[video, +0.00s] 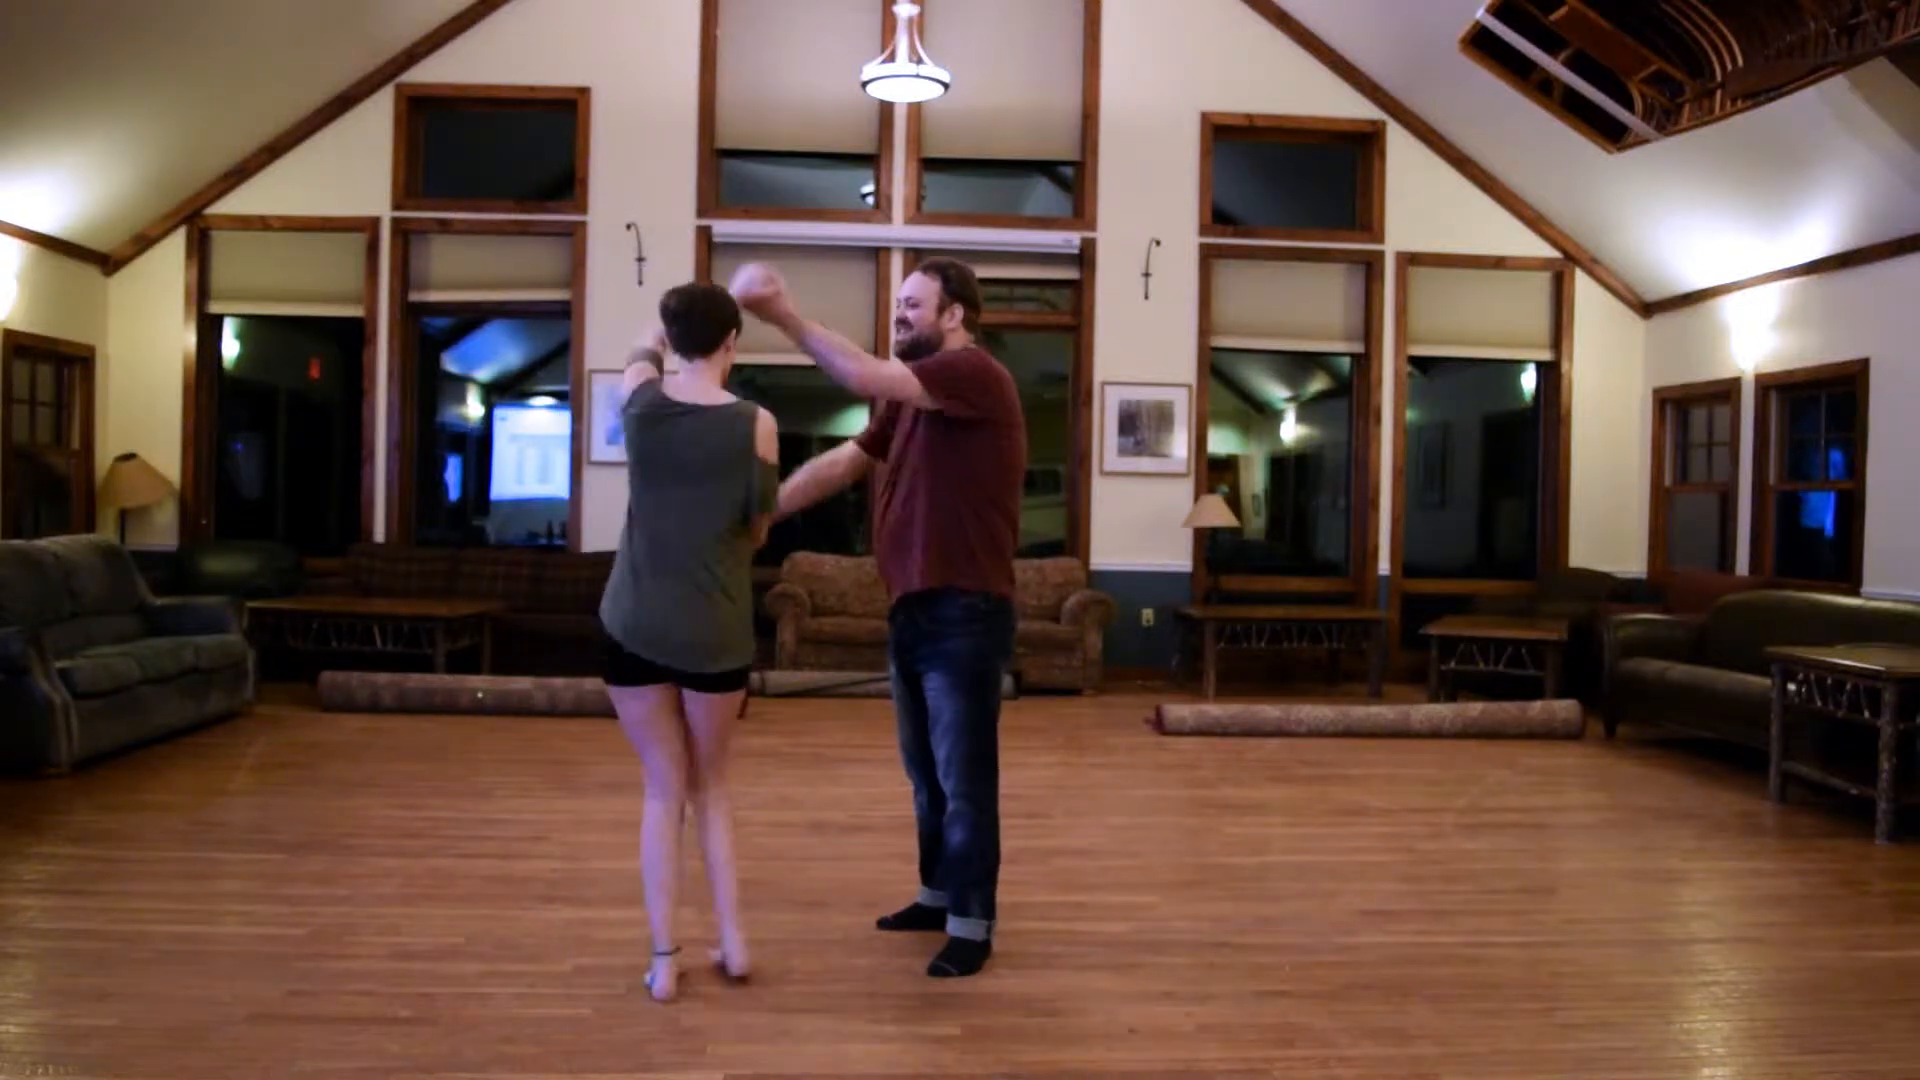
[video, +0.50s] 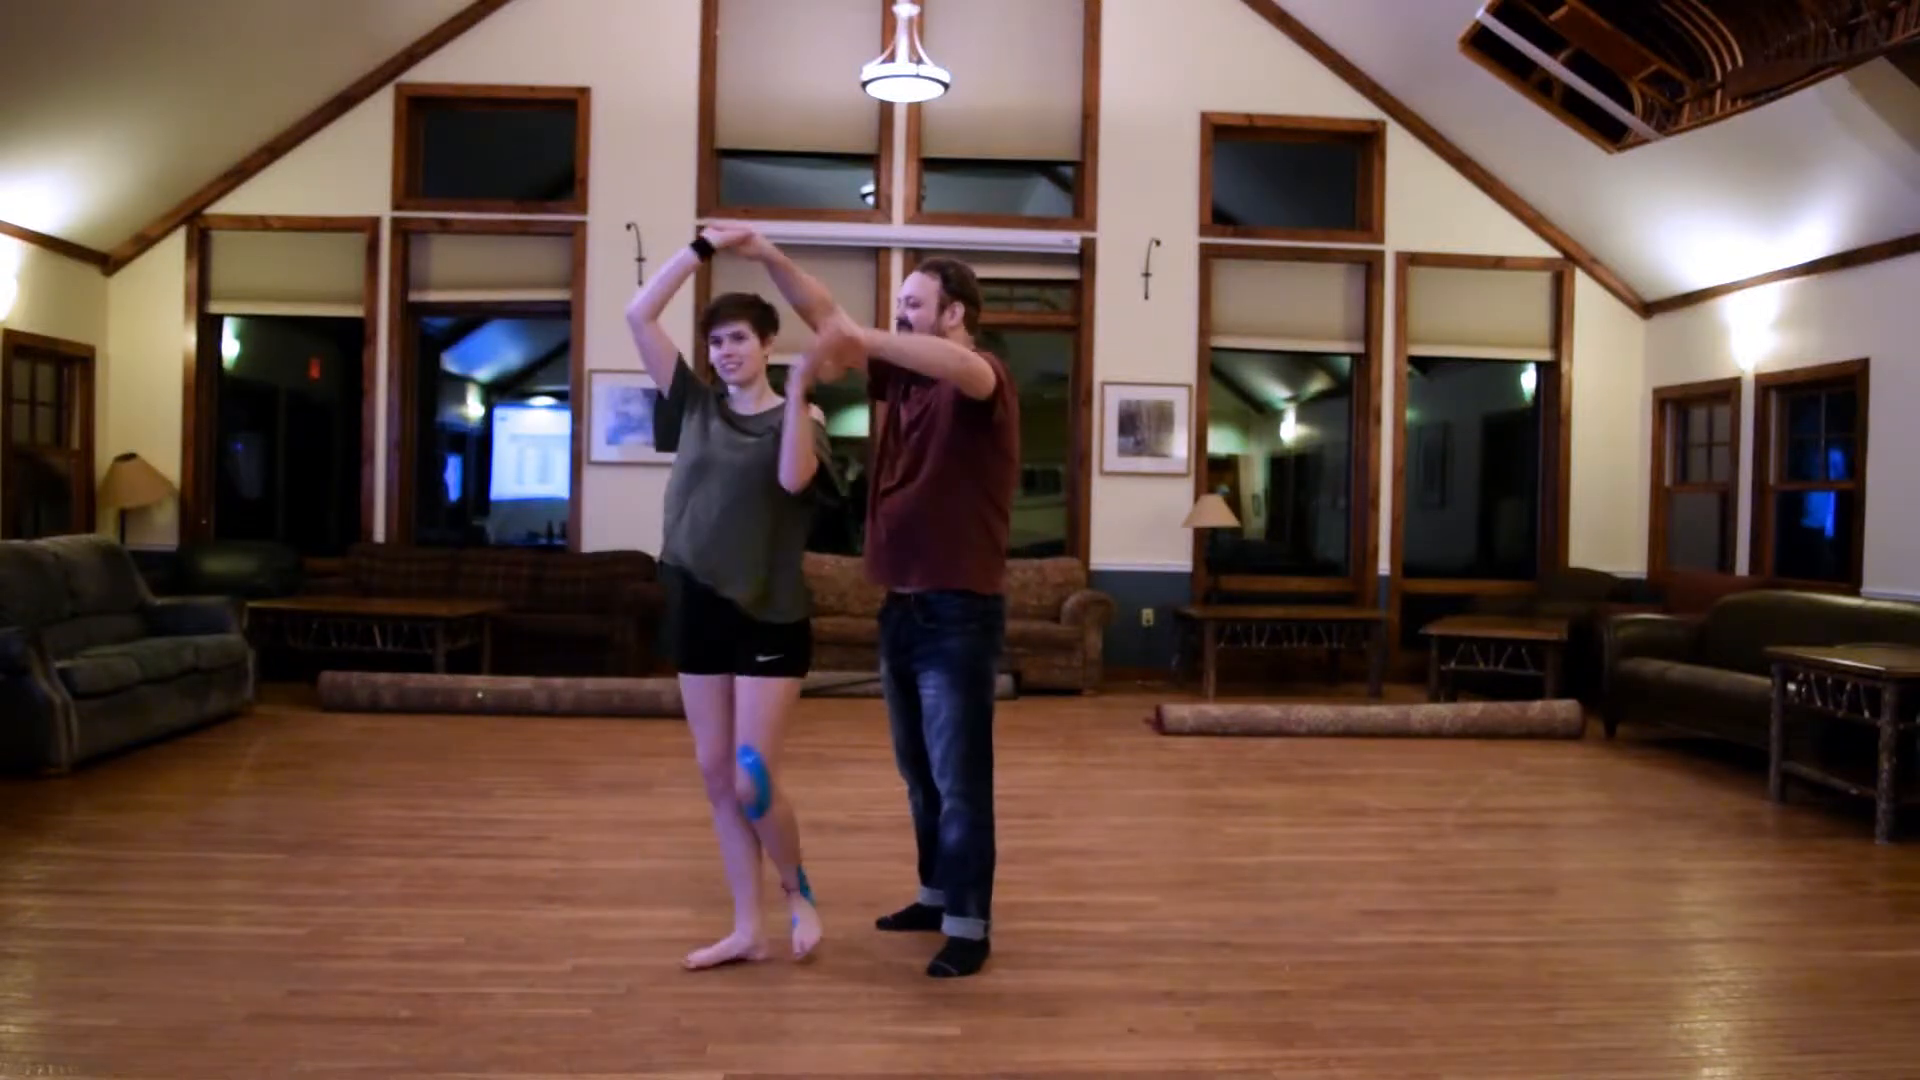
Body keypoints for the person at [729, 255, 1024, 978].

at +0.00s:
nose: (899, 316)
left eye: (913, 306)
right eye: (898, 307)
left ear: (955, 314)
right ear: (905, 315)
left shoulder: (978, 374)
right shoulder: (904, 393)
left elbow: (869, 375)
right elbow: (841, 461)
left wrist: (787, 318)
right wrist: (767, 509)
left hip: (967, 603)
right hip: (914, 603)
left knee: (962, 768)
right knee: (925, 765)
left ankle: (973, 924)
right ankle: (941, 897)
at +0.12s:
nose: (897, 314)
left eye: (913, 302)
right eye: (898, 304)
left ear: (953, 310)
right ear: (915, 312)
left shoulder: (977, 372)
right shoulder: (907, 387)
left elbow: (868, 336)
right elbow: (824, 413)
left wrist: (773, 263)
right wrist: (742, 419)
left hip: (967, 602)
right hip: (913, 602)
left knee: (961, 770)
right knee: (925, 765)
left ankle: (972, 924)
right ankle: (942, 898)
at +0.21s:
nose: (897, 311)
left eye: (912, 300)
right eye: (896, 302)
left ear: (953, 311)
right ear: (913, 312)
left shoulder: (979, 373)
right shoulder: (900, 384)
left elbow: (877, 322)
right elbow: (814, 375)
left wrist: (776, 254)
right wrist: (726, 369)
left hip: (966, 604)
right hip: (911, 603)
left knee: (961, 771)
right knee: (925, 766)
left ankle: (972, 923)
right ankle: (940, 898)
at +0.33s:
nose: (896, 311)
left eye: (912, 301)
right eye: (897, 301)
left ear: (954, 311)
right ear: (912, 312)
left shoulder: (981, 372)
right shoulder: (897, 373)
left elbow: (895, 330)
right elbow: (819, 341)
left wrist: (800, 278)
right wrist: (739, 298)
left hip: (963, 602)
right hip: (907, 602)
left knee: (960, 767)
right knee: (922, 764)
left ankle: (972, 923)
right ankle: (940, 897)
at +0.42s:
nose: (898, 313)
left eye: (913, 303)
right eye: (897, 303)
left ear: (957, 314)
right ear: (907, 313)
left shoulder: (985, 379)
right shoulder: (898, 372)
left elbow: (908, 340)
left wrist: (823, 302)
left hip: (962, 604)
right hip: (906, 603)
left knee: (958, 770)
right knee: (920, 766)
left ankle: (971, 925)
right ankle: (939, 896)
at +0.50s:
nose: (901, 315)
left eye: (914, 305)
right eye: (899, 306)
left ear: (958, 314)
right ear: (909, 316)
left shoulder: (984, 373)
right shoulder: (899, 372)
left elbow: (959, 364)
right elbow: (836, 328)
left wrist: (865, 340)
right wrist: (769, 257)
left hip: (961, 606)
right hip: (903, 605)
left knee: (958, 772)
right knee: (920, 768)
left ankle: (969, 925)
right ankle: (940, 898)